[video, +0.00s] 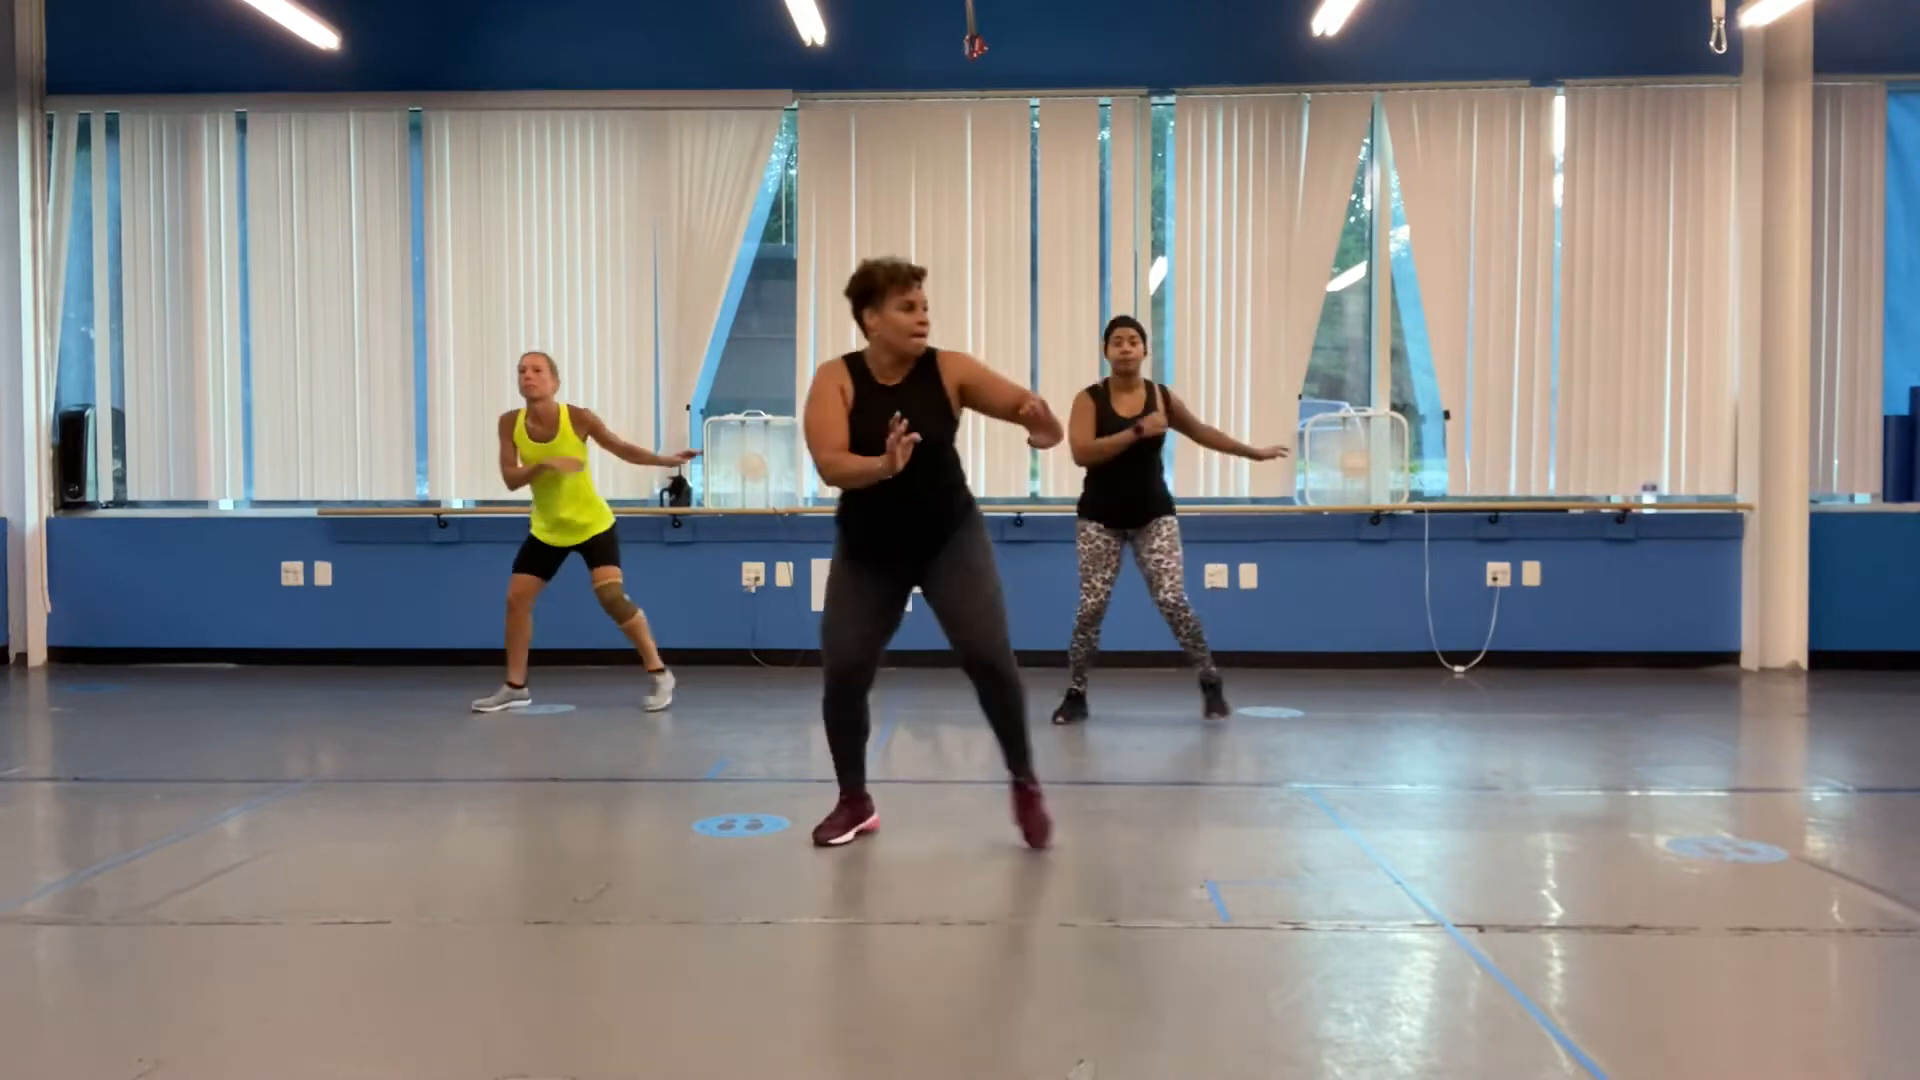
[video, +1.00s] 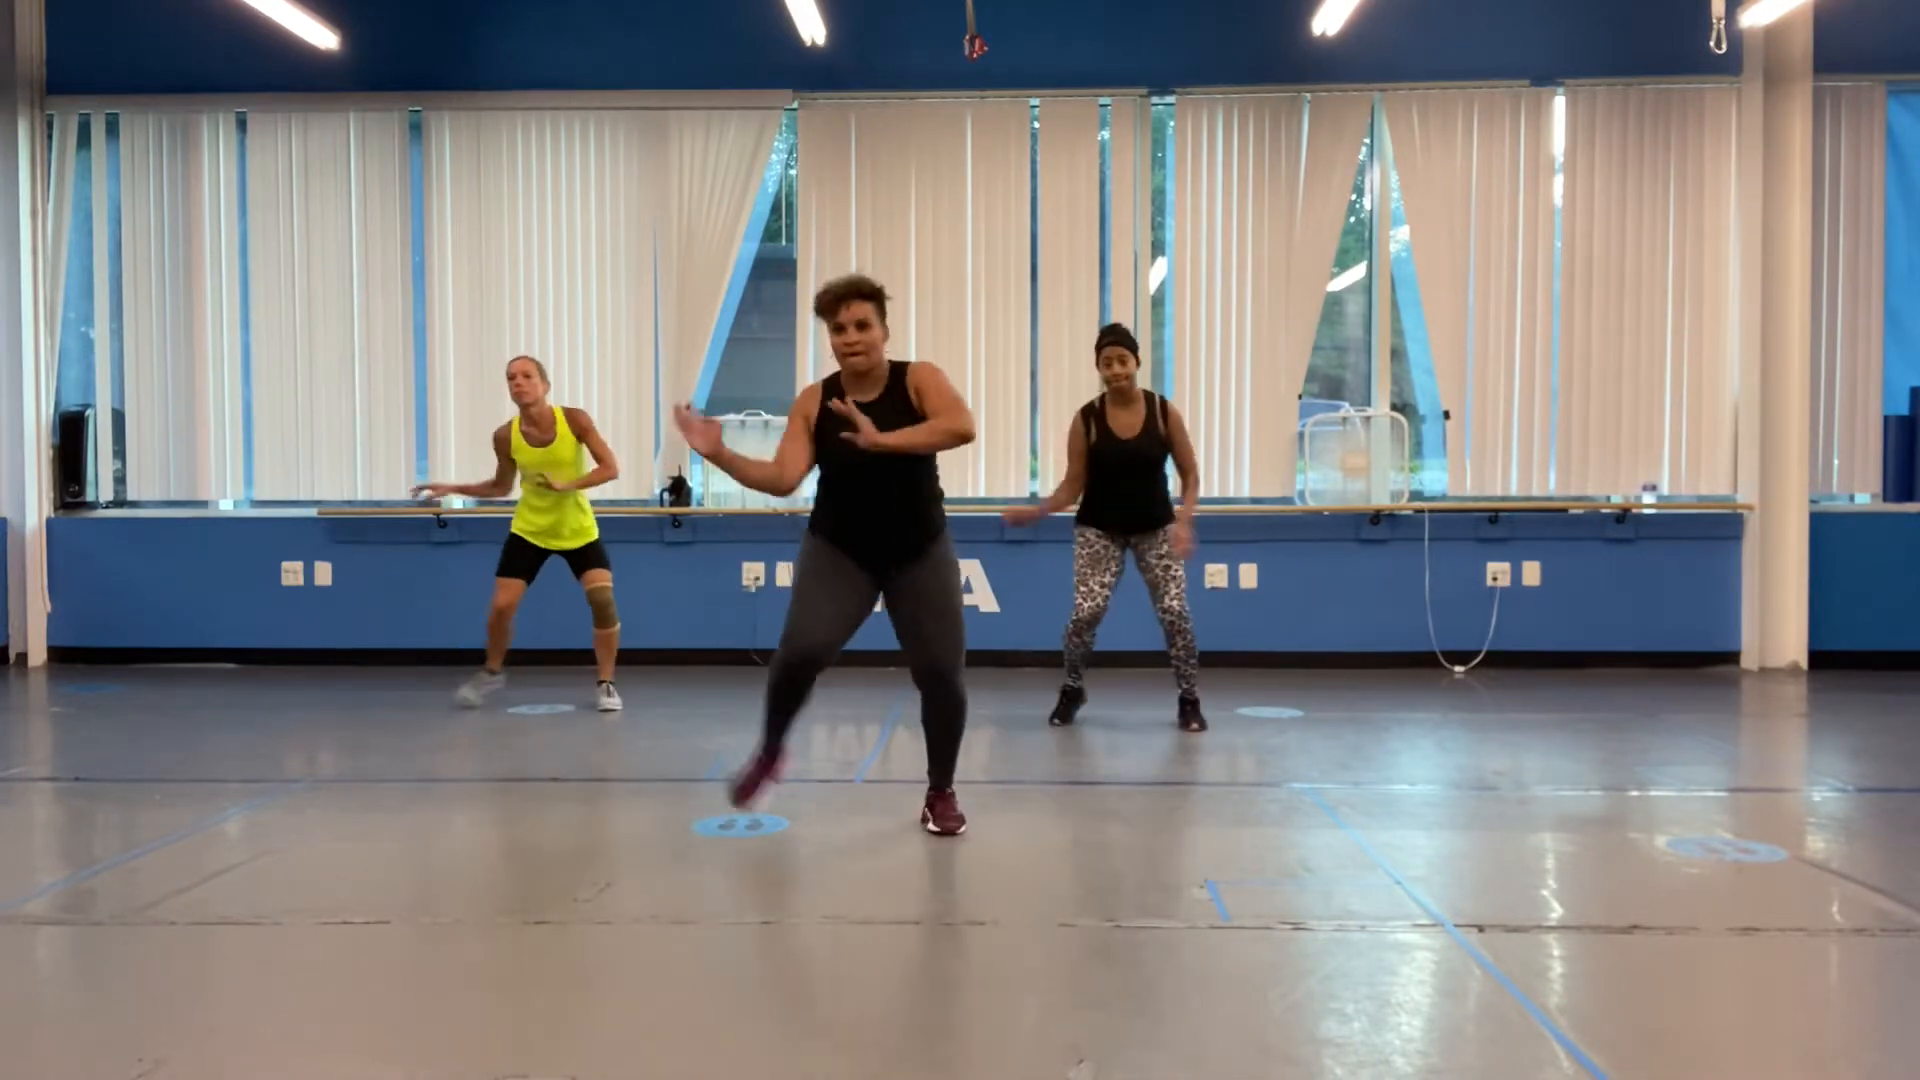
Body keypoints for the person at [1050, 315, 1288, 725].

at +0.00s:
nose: (1126, 348)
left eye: (1133, 342)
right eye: (1118, 342)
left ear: (1145, 351)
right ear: (1105, 352)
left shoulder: (1161, 398)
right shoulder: (1088, 400)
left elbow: (1201, 433)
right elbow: (1081, 453)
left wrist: (1252, 453)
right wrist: (1135, 432)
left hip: (1153, 517)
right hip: (1099, 519)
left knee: (1171, 601)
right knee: (1091, 607)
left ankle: (1211, 684)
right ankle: (1075, 694)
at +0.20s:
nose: (1102, 346)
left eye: (1108, 340)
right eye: (1094, 340)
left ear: (1121, 348)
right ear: (1082, 350)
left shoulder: (1140, 392)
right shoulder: (1067, 402)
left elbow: (1186, 426)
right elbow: (1058, 457)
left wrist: (1235, 448)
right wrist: (1113, 438)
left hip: (1143, 517)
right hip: (1088, 519)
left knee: (1151, 608)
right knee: (1064, 601)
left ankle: (1175, 694)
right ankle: (1062, 686)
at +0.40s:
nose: (1074, 352)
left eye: (1082, 346)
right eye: (1067, 345)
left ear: (1093, 356)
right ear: (1054, 354)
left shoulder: (1109, 400)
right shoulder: (1035, 404)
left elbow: (1160, 431)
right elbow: (1027, 461)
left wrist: (1216, 451)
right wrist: (1073, 429)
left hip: (1113, 517)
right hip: (1060, 521)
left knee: (1134, 606)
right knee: (1045, 607)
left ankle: (1183, 674)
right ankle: (1029, 695)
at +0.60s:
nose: (1067, 361)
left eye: (1075, 355)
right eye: (1059, 356)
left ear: (1087, 363)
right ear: (1049, 365)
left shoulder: (1106, 414)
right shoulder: (1030, 417)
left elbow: (1129, 479)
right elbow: (995, 472)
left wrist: (1139, 536)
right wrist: (1011, 517)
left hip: (1105, 530)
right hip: (1050, 531)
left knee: (1125, 615)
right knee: (1041, 612)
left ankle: (1144, 689)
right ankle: (1027, 694)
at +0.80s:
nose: (1091, 354)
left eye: (1097, 346)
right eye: (1082, 349)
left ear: (1111, 352)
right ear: (1073, 359)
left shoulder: (1137, 399)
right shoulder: (1061, 407)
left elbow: (1144, 467)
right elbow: (1023, 451)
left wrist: (1085, 479)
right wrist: (974, 468)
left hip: (1129, 516)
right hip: (1074, 517)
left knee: (1152, 598)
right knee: (1060, 603)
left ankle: (1177, 687)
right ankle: (1023, 691)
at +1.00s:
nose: (1117, 369)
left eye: (1123, 360)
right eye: (1108, 362)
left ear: (1137, 363)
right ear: (1098, 368)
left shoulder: (1163, 413)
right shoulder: (1086, 419)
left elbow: (1189, 471)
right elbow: (1074, 483)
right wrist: (1040, 510)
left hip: (1154, 528)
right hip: (1098, 530)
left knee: (1174, 612)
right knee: (1087, 612)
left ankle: (1189, 700)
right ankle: (1071, 689)